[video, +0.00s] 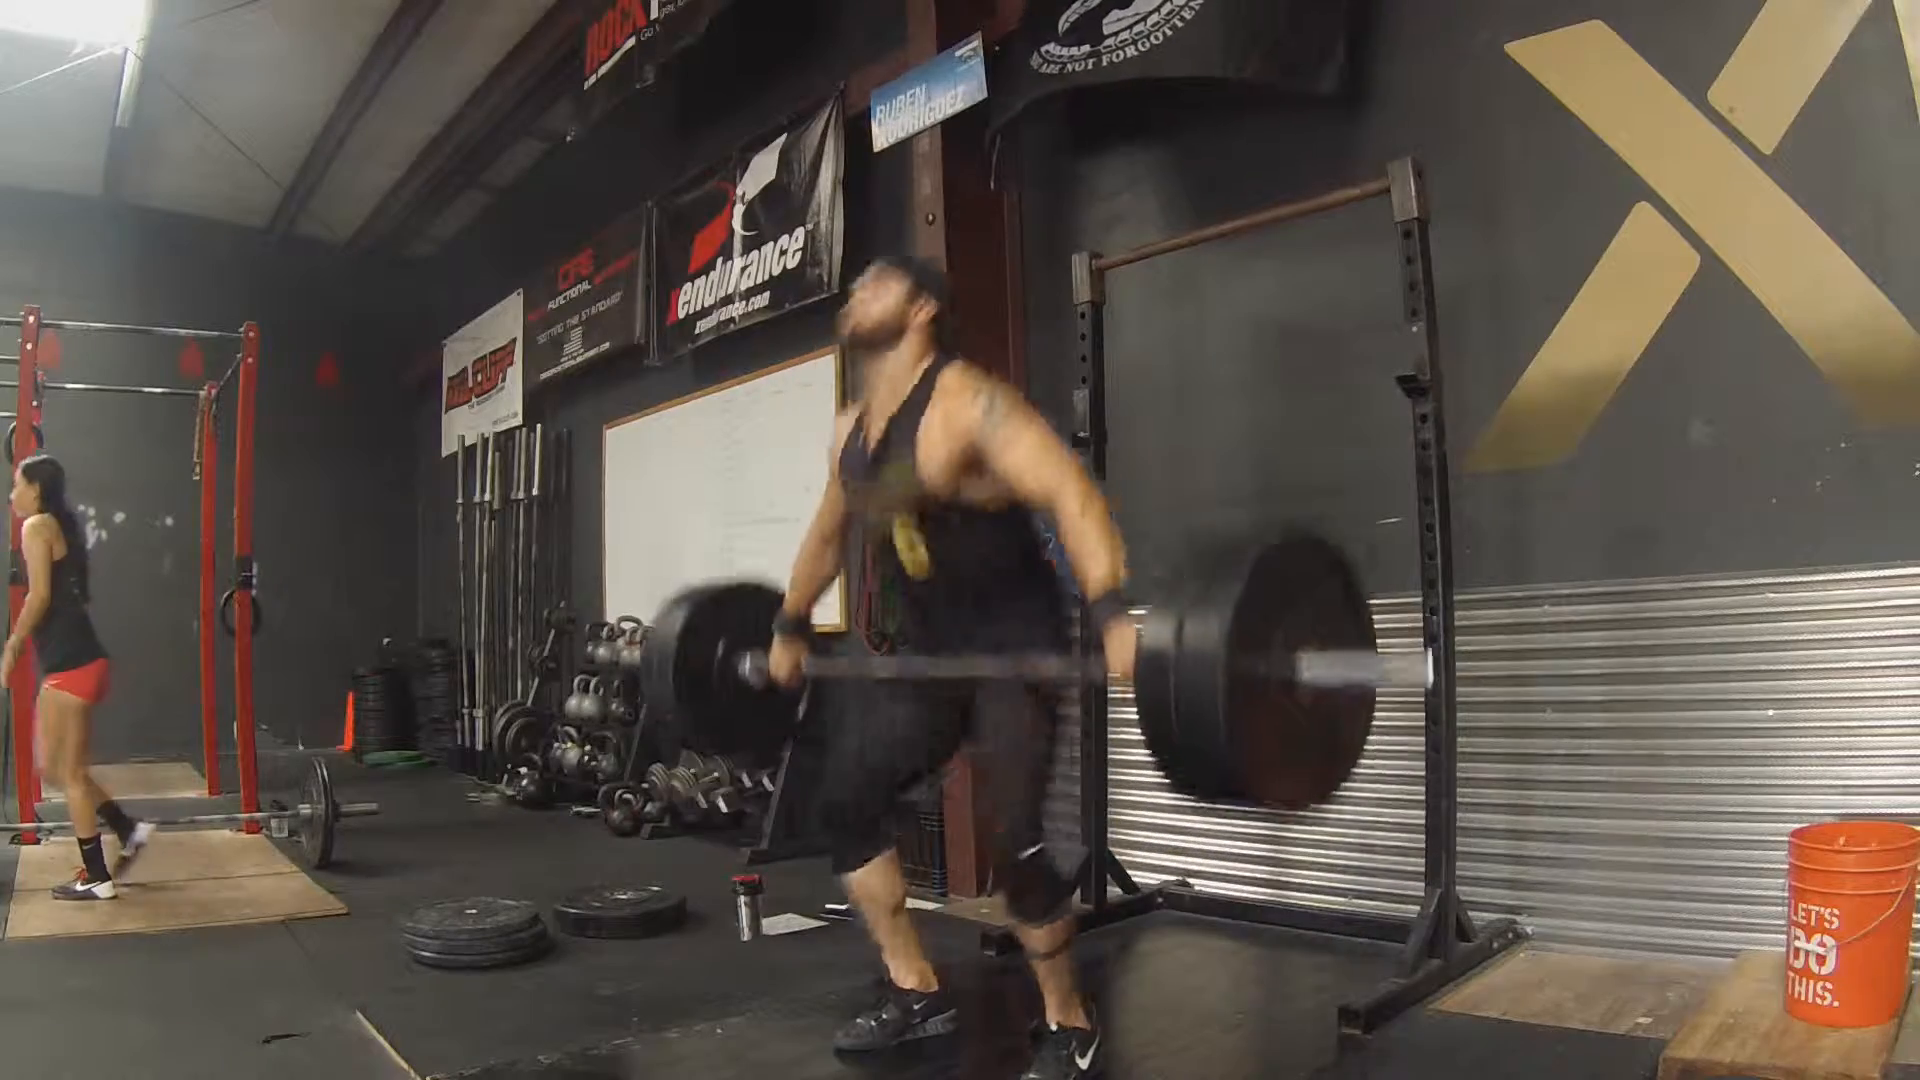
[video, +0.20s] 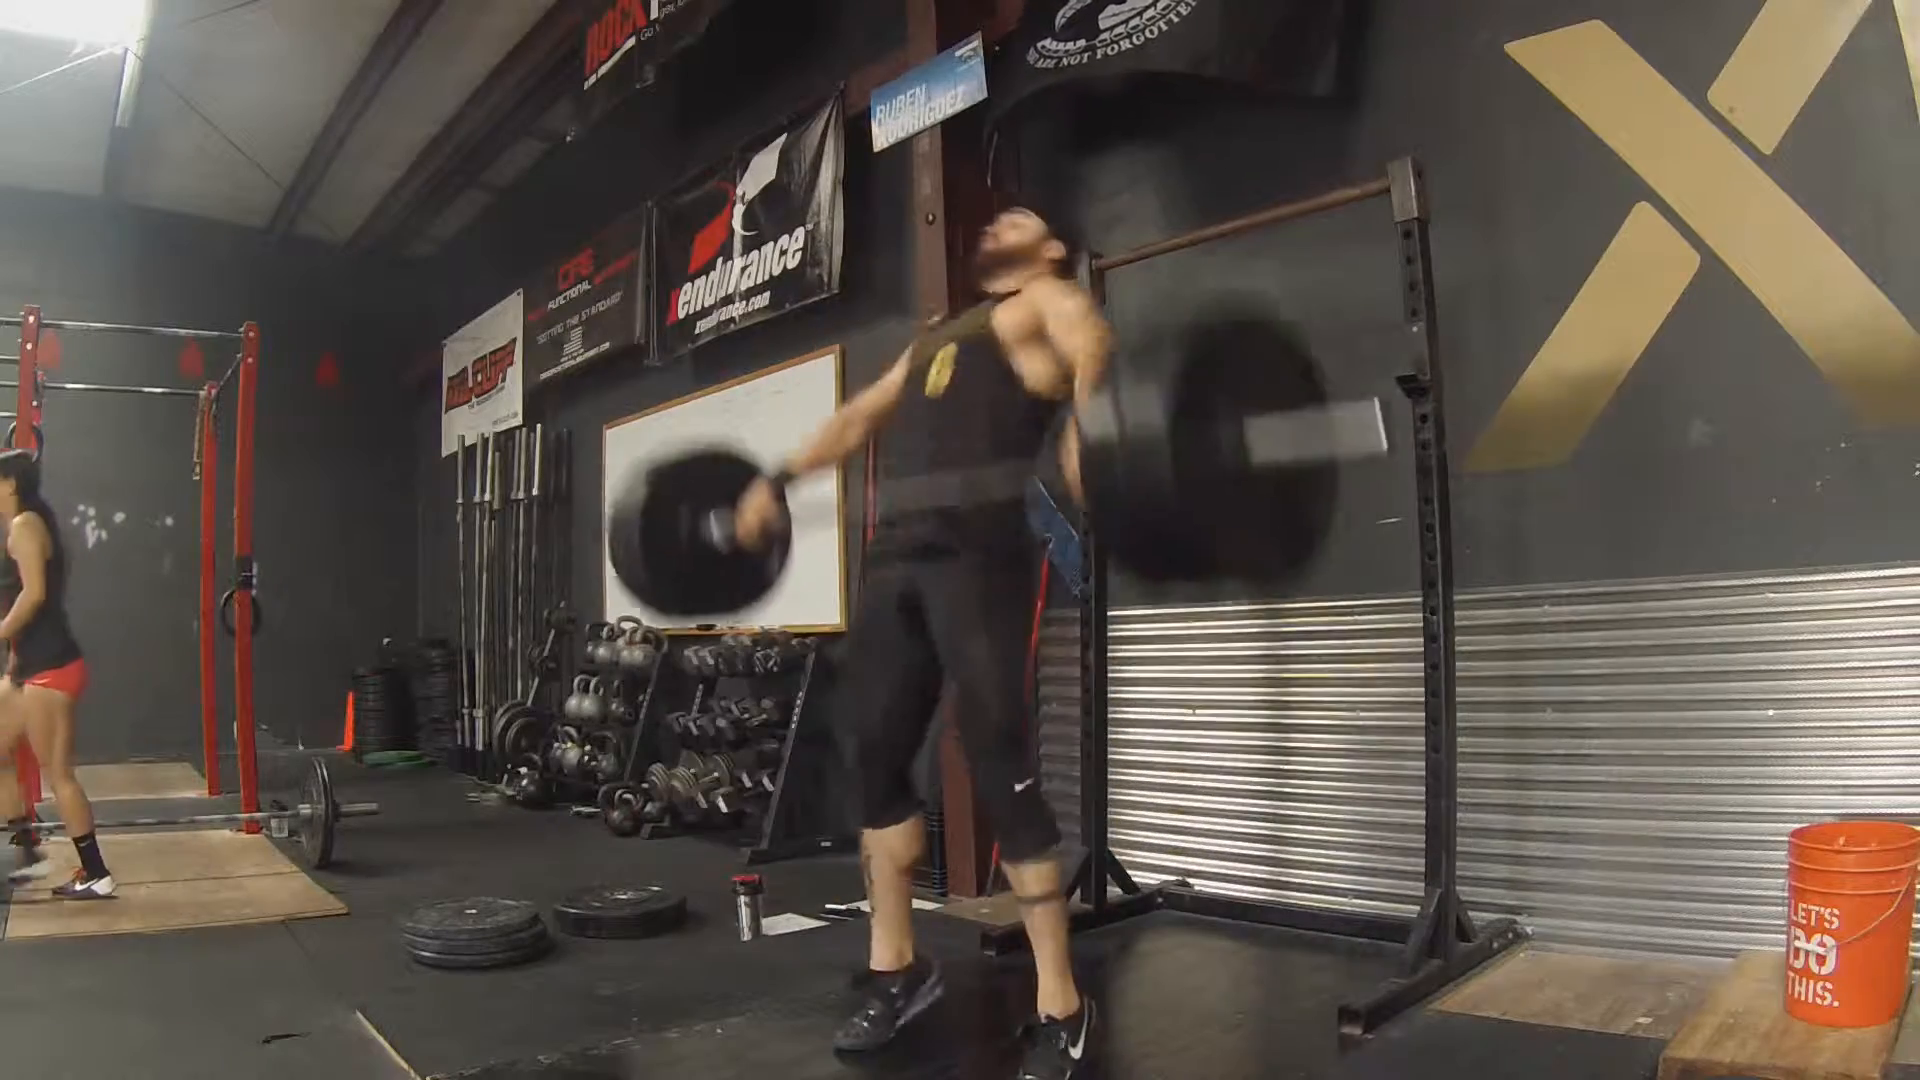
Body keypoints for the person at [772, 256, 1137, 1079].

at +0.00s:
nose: (857, 295)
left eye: (879, 284)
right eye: (857, 287)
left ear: (922, 312)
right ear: (855, 323)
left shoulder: (972, 401)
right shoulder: (857, 430)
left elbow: (1073, 492)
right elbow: (827, 533)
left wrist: (1112, 610)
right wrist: (791, 624)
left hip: (1017, 659)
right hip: (920, 663)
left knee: (1016, 855)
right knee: (843, 805)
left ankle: (1069, 1025)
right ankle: (915, 992)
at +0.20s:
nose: (999, 225)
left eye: (1021, 220)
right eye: (995, 220)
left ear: (1056, 250)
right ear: (982, 254)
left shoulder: (1047, 298)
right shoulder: (935, 339)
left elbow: (1092, 354)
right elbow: (860, 414)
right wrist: (779, 476)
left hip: (983, 554)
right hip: (895, 557)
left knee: (1000, 768)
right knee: (873, 758)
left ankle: (1059, 1004)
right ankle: (895, 970)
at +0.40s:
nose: (935, 351)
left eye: (953, 334)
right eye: (935, 337)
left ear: (1004, 344)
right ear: (942, 351)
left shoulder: (1037, 408)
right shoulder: (931, 427)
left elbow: (1121, 424)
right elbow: (856, 444)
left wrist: (1100, 319)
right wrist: (783, 403)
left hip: (1005, 693)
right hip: (926, 694)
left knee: (987, 871)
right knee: (804, 827)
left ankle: (1061, 1038)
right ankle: (897, 993)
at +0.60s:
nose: (820, 532)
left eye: (837, 513)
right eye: (818, 518)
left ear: (890, 522)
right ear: (819, 531)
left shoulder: (945, 578)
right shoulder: (842, 595)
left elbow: (1000, 479)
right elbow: (782, 520)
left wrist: (1071, 357)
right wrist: (752, 447)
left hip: (999, 827)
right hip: (895, 833)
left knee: (972, 900)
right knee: (776, 859)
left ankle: (1054, 1036)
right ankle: (898, 993)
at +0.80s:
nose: (806, 596)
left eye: (823, 577)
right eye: (803, 582)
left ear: (875, 586)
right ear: (802, 592)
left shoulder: (935, 640)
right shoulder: (836, 652)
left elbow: (999, 555)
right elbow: (781, 587)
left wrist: (1075, 446)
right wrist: (751, 511)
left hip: (983, 874)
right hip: (881, 875)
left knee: (944, 918)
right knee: (758, 877)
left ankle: (1052, 1036)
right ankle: (895, 993)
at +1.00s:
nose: (787, 624)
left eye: (803, 605)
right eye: (784, 609)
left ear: (858, 610)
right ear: (780, 618)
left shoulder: (923, 659)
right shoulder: (826, 676)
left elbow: (990, 581)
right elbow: (761, 594)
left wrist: (1076, 467)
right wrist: (748, 523)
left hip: (989, 882)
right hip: (888, 881)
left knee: (933, 915)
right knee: (752, 874)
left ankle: (1052, 1036)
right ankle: (896, 993)